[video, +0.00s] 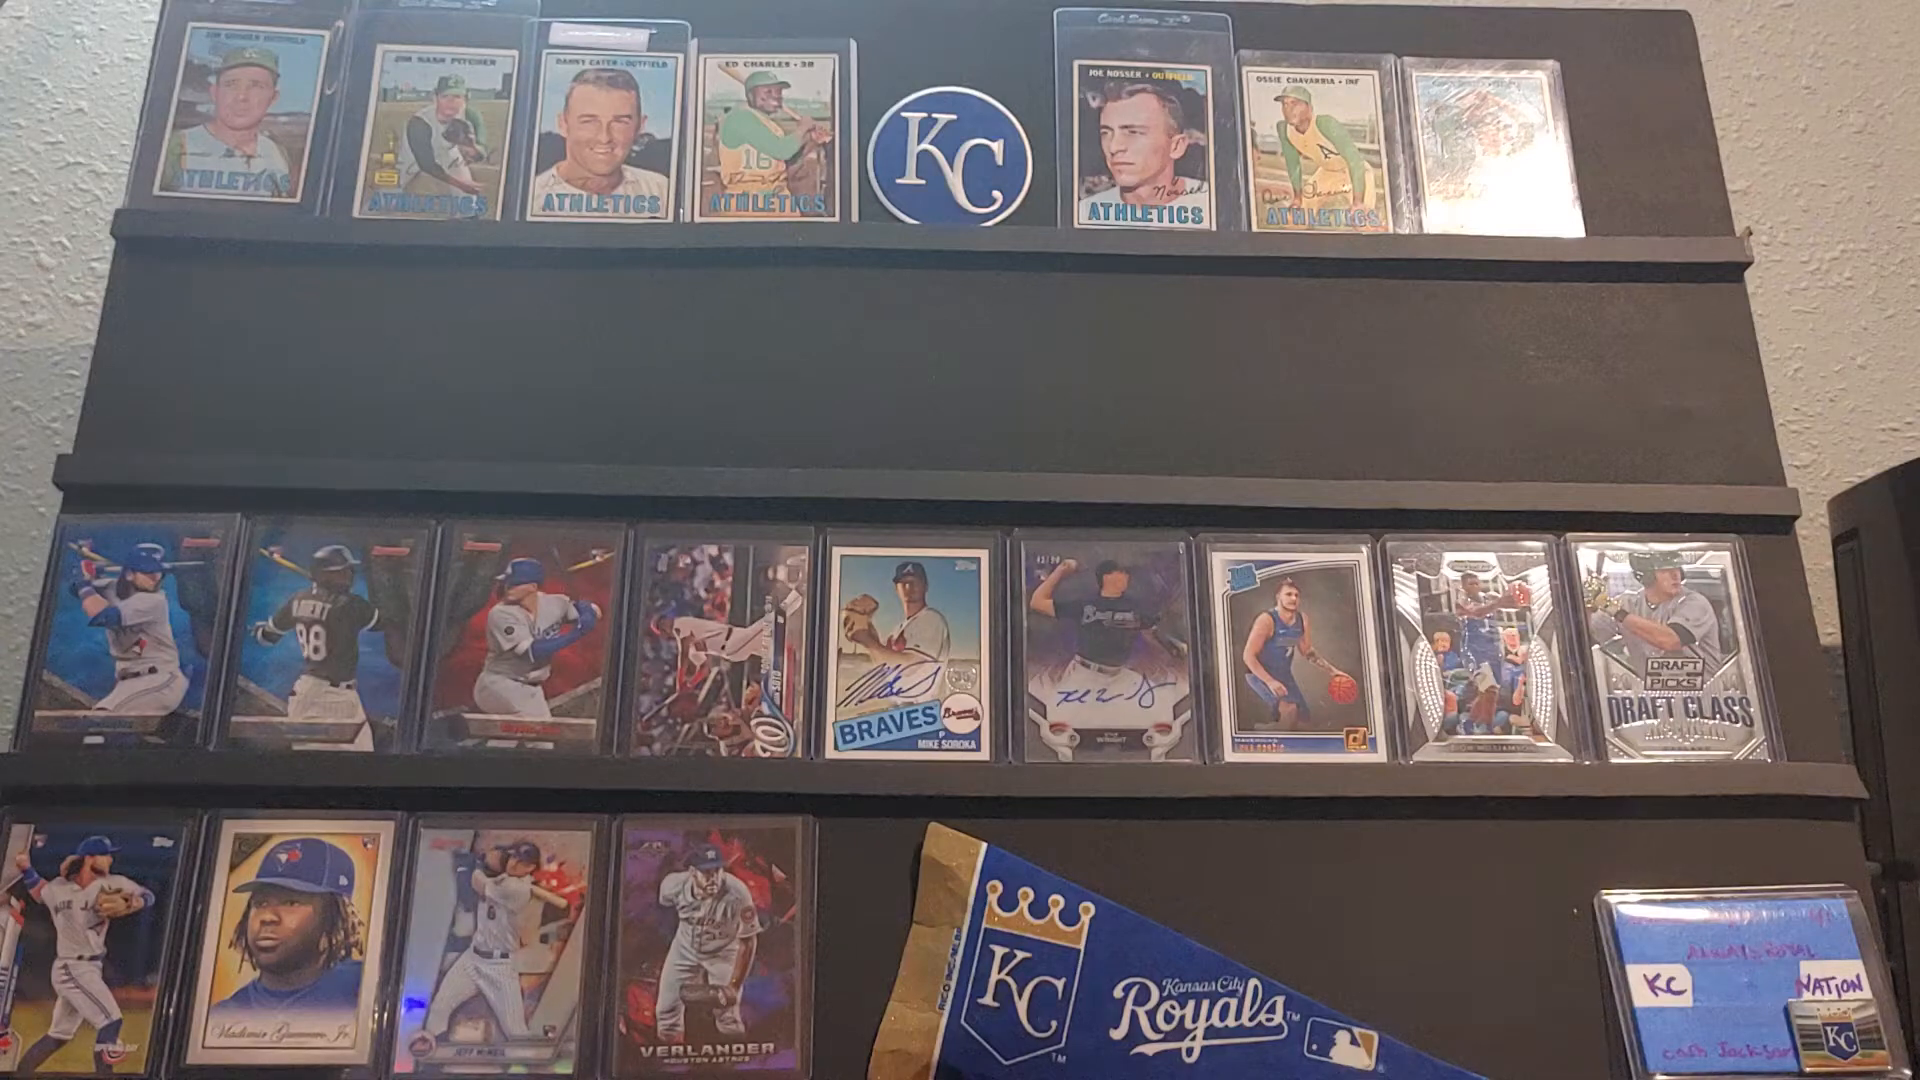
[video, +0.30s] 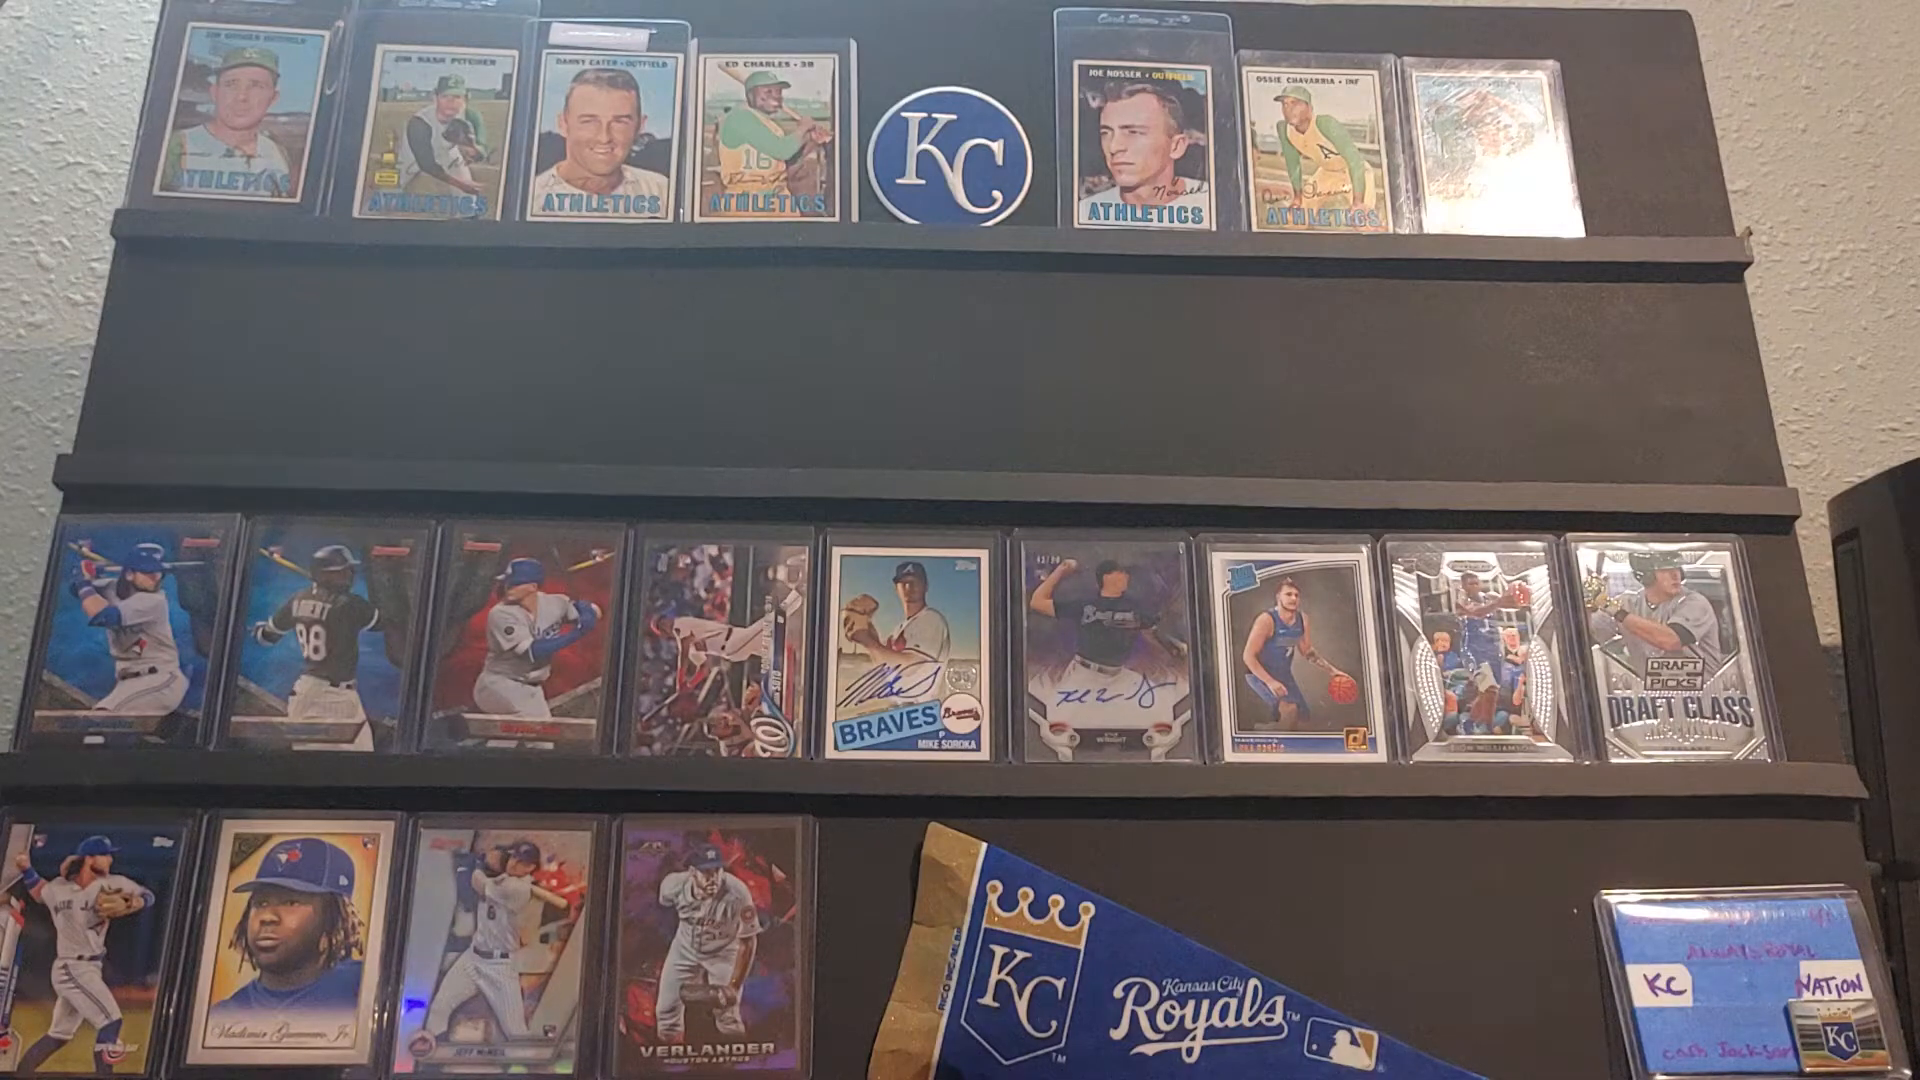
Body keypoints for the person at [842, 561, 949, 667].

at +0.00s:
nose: (907, 589)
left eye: (913, 583)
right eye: (902, 583)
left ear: (925, 586)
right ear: (896, 588)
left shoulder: (931, 619)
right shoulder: (901, 626)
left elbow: (911, 661)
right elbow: (882, 661)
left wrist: (867, 640)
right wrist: (865, 622)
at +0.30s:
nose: (907, 589)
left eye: (913, 583)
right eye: (902, 583)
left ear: (925, 586)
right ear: (896, 588)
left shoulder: (931, 619)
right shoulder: (902, 626)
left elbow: (911, 662)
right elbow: (882, 660)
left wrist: (866, 640)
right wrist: (865, 622)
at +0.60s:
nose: (907, 588)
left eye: (913, 583)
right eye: (902, 583)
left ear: (925, 586)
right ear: (896, 587)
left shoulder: (931, 619)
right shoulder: (901, 626)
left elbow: (909, 662)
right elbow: (882, 659)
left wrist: (865, 639)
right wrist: (864, 622)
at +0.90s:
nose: (907, 588)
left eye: (913, 583)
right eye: (902, 583)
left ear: (925, 586)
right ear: (896, 587)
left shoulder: (931, 619)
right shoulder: (902, 626)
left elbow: (909, 662)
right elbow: (882, 660)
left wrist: (865, 639)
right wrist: (864, 622)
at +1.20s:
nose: (907, 588)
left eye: (913, 583)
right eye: (902, 583)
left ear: (925, 586)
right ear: (896, 588)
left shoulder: (931, 619)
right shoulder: (902, 625)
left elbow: (910, 661)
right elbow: (882, 659)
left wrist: (866, 639)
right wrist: (865, 623)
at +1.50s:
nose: (907, 588)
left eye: (913, 583)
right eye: (902, 583)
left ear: (925, 586)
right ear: (896, 588)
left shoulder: (931, 619)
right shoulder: (902, 626)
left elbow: (910, 662)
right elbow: (882, 659)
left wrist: (865, 639)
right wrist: (865, 623)